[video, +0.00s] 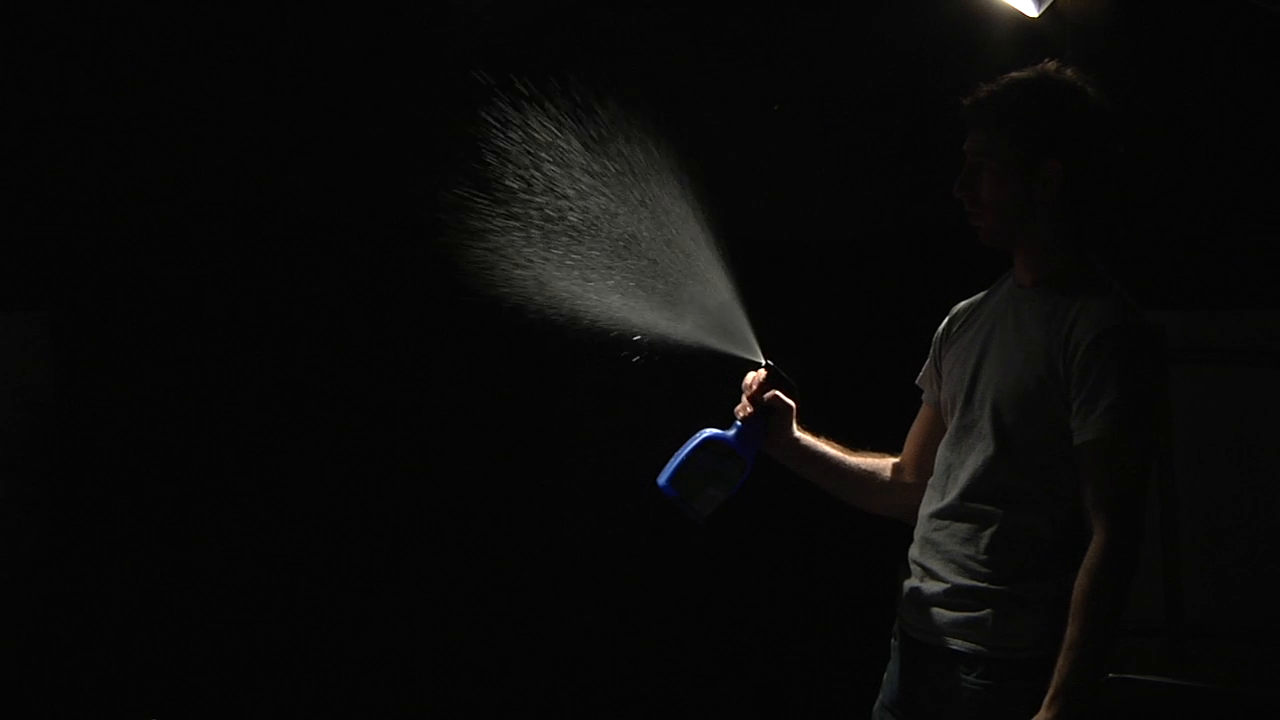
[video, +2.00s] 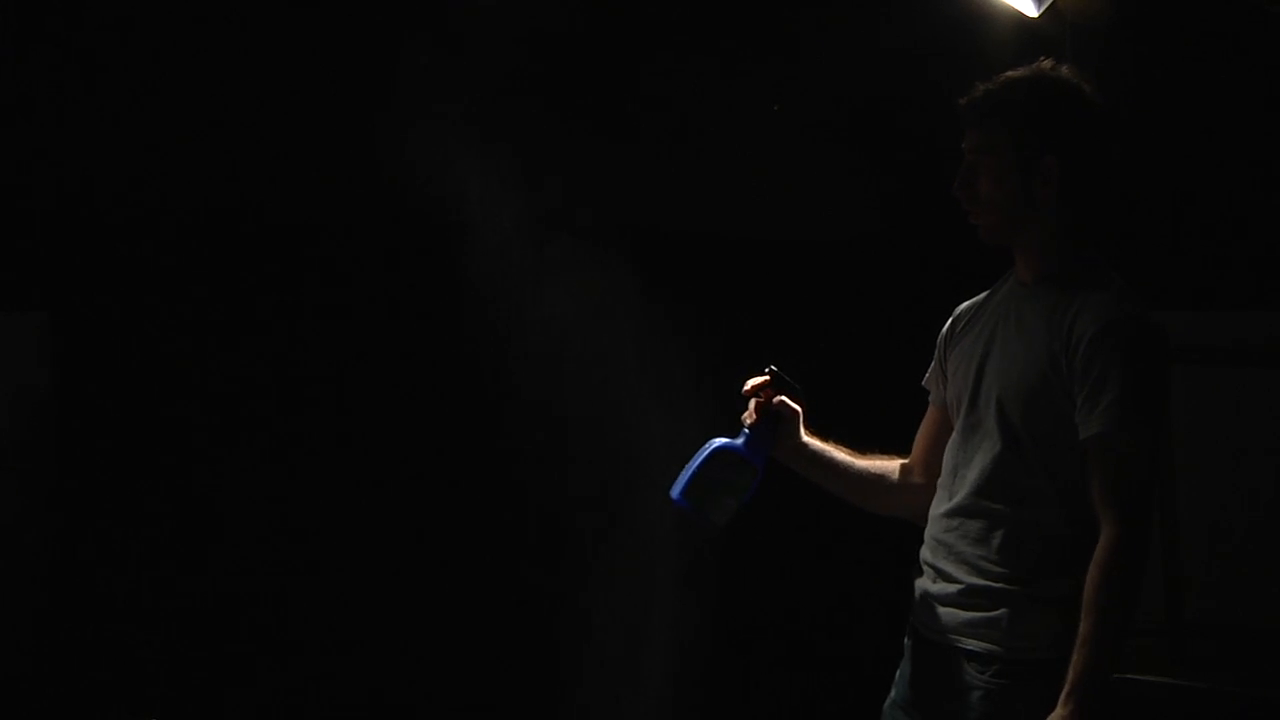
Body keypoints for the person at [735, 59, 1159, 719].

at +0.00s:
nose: (964, 184)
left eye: (985, 164)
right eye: (968, 163)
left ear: (1045, 177)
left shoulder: (1102, 328)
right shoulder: (965, 323)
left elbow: (1114, 533)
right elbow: (910, 485)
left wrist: (1060, 700)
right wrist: (791, 439)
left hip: (1010, 661)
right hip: (919, 642)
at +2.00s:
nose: (962, 184)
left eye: (982, 163)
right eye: (966, 163)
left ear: (1044, 174)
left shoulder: (1103, 324)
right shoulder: (969, 322)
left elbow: (1123, 527)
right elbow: (920, 486)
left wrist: (1076, 698)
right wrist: (798, 443)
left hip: (1022, 659)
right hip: (931, 644)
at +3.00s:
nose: (1121, 321)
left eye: (1143, 304)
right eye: (1125, 303)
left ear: (1201, 319)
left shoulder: (1256, 458)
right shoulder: (1087, 457)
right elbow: (931, 519)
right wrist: (807, 452)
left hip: (1235, 699)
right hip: (1119, 701)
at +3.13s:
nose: (1118, 324)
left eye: (1139, 307)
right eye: (1122, 306)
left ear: (1199, 321)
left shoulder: (1257, 458)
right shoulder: (1088, 457)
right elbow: (931, 520)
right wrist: (806, 451)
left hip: (1234, 700)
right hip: (1118, 702)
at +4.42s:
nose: (1118, 317)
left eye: (1141, 301)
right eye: (1123, 299)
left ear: (1200, 319)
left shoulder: (1255, 460)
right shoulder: (1089, 456)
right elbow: (933, 520)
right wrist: (810, 449)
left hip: (1230, 699)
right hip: (1118, 700)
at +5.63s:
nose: (1117, 323)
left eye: (1139, 305)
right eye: (1121, 304)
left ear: (1197, 324)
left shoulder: (1257, 461)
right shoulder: (1086, 464)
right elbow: (930, 529)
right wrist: (810, 457)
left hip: (1235, 700)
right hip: (1116, 703)